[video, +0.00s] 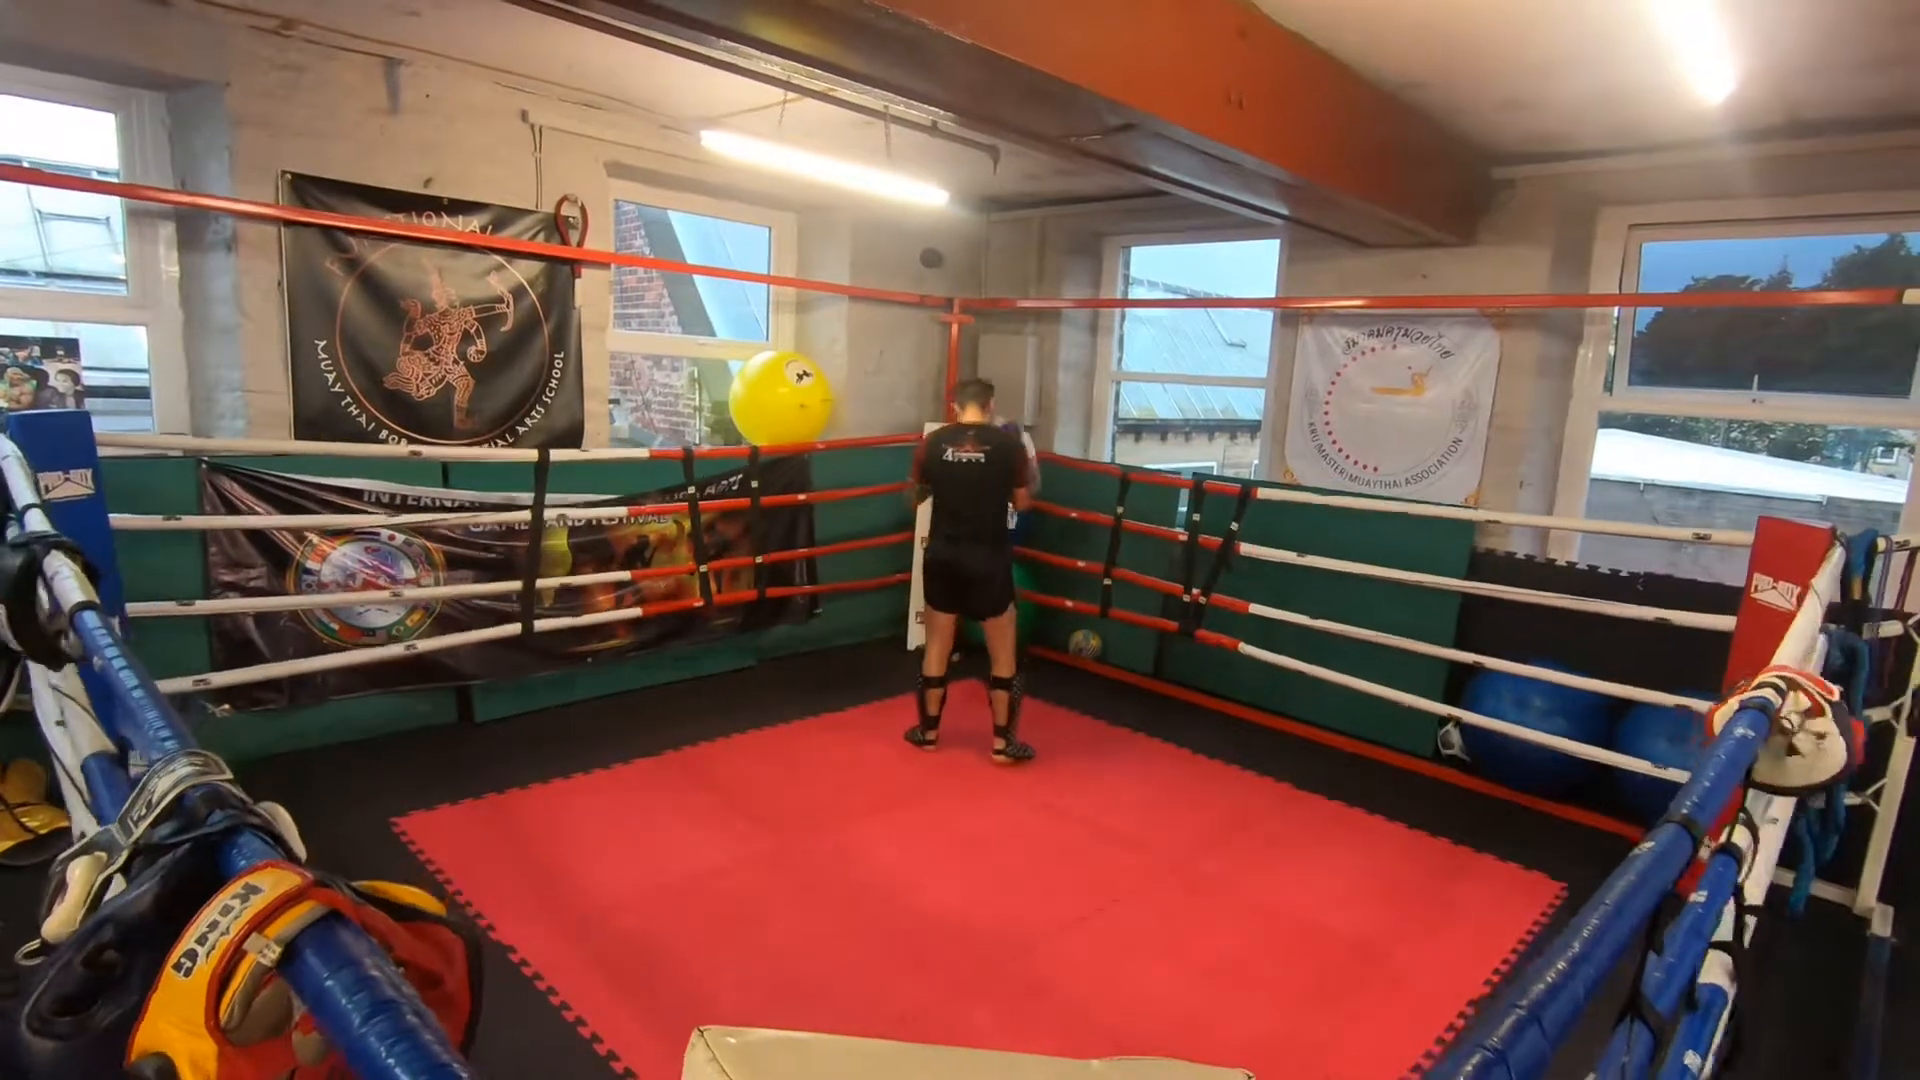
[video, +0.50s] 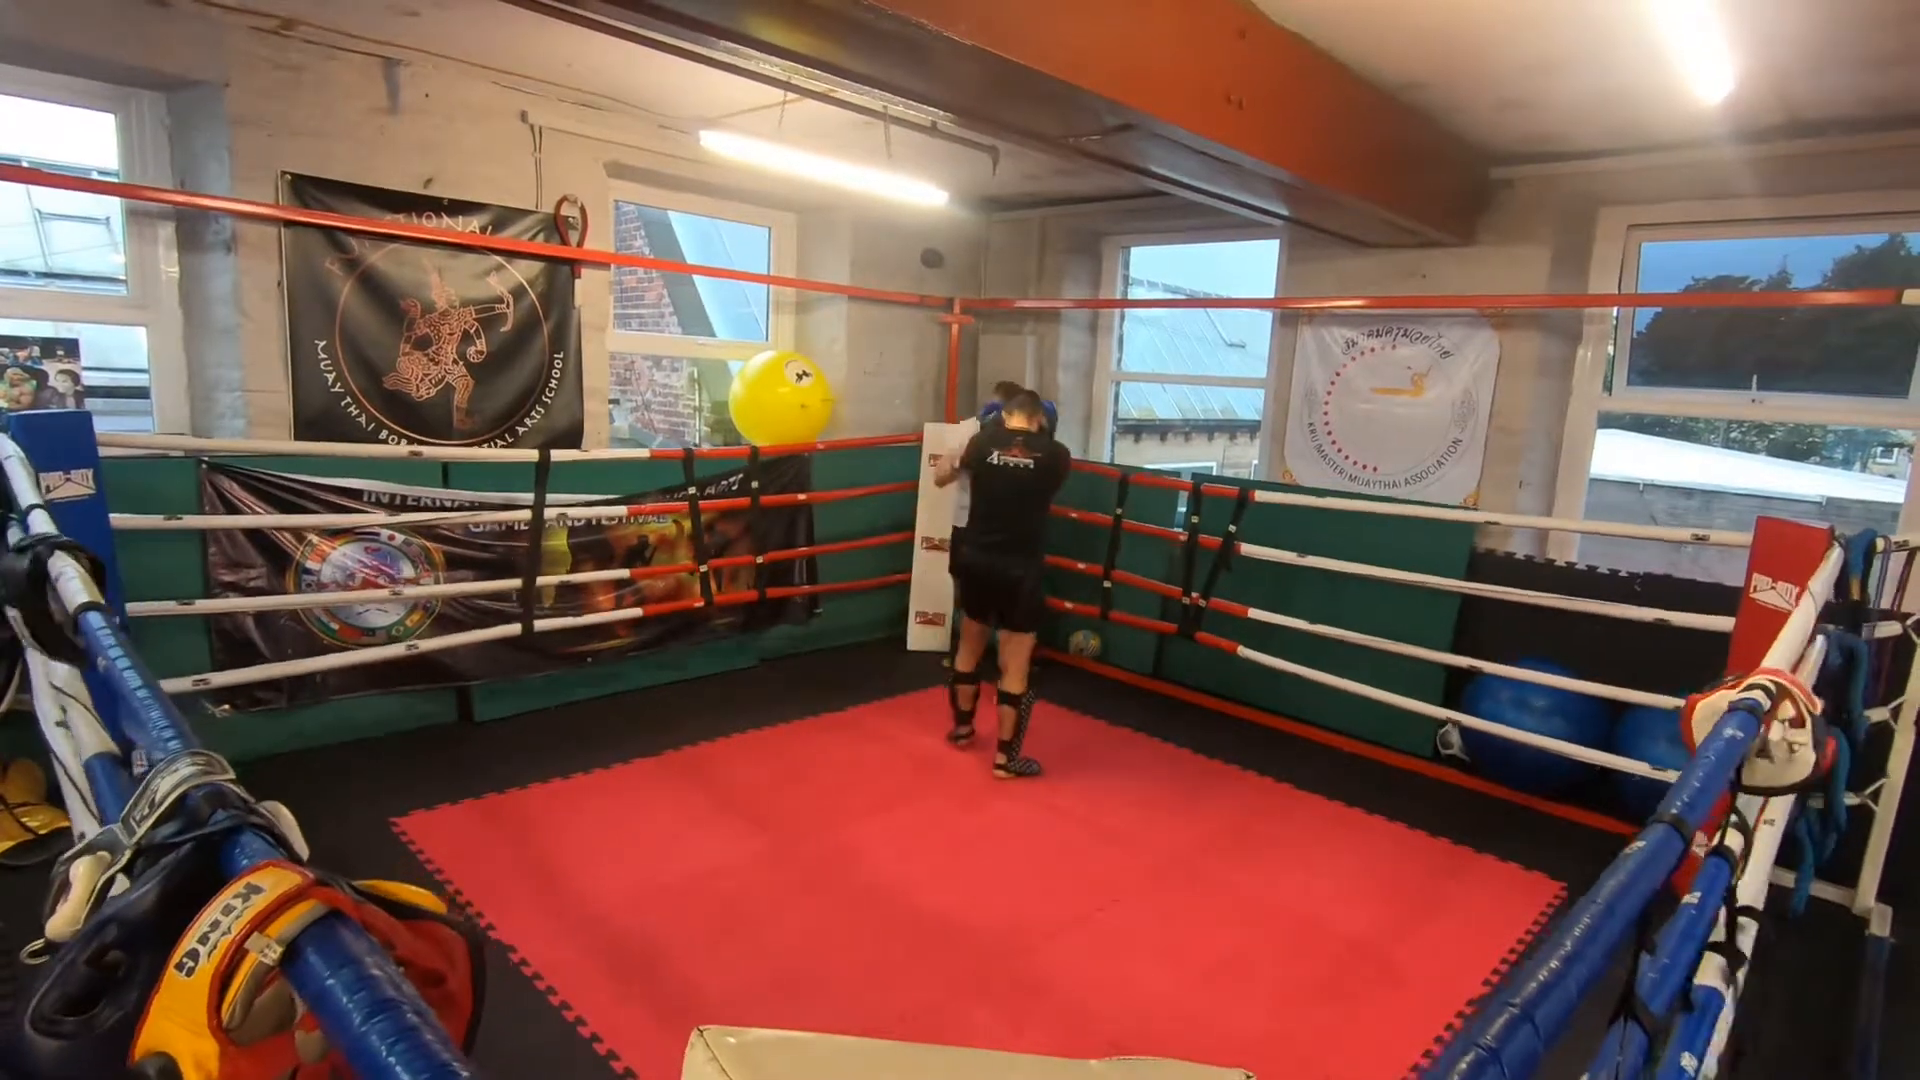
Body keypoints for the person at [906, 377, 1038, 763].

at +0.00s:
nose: (980, 414)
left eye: (961, 408)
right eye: (987, 407)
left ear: (953, 408)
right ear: (990, 408)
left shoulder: (931, 444)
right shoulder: (1010, 445)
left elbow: (917, 494)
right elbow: (1023, 502)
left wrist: (946, 467)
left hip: (942, 562)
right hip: (990, 564)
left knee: (937, 646)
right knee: (1002, 655)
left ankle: (929, 730)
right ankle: (1002, 742)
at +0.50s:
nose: (1042, 425)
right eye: (1042, 421)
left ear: (1003, 415)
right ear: (1040, 421)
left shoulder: (981, 443)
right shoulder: (1055, 456)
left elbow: (965, 466)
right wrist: (1036, 432)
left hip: (976, 564)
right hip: (1020, 570)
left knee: (969, 648)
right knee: (1014, 665)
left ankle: (962, 728)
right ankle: (1006, 755)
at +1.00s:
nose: (1089, 439)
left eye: (1078, 427)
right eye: (1103, 435)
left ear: (1068, 425)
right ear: (1104, 436)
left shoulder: (1032, 460)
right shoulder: (1109, 478)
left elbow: (1003, 508)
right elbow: (1093, 515)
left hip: (1016, 582)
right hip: (1067, 593)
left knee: (992, 661)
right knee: (1068, 686)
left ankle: (968, 731)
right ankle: (1057, 776)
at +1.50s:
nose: (1058, 428)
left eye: (1057, 422)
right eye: (1063, 422)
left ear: (1062, 421)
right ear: (1097, 420)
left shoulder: (1049, 462)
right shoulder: (1126, 466)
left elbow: (1018, 528)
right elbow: (1106, 517)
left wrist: (1008, 506)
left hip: (1056, 593)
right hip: (1104, 595)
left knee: (1059, 697)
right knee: (1088, 682)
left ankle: (1056, 802)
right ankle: (1076, 773)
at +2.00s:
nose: (966, 439)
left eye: (969, 432)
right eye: (967, 432)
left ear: (984, 434)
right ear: (1003, 431)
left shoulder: (1011, 472)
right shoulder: (1016, 461)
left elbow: (1054, 526)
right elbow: (962, 449)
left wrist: (1014, 575)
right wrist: (914, 443)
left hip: (1040, 599)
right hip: (1073, 592)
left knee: (992, 685)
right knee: (1114, 682)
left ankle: (987, 781)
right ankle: (1167, 772)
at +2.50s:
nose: (886, 422)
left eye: (886, 415)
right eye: (886, 415)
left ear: (895, 413)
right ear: (921, 409)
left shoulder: (912, 455)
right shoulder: (945, 446)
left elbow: (896, 526)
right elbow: (930, 504)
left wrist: (857, 514)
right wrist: (898, 448)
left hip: (921, 577)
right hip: (935, 570)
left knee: (940, 669)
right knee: (896, 646)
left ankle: (976, 764)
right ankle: (869, 720)